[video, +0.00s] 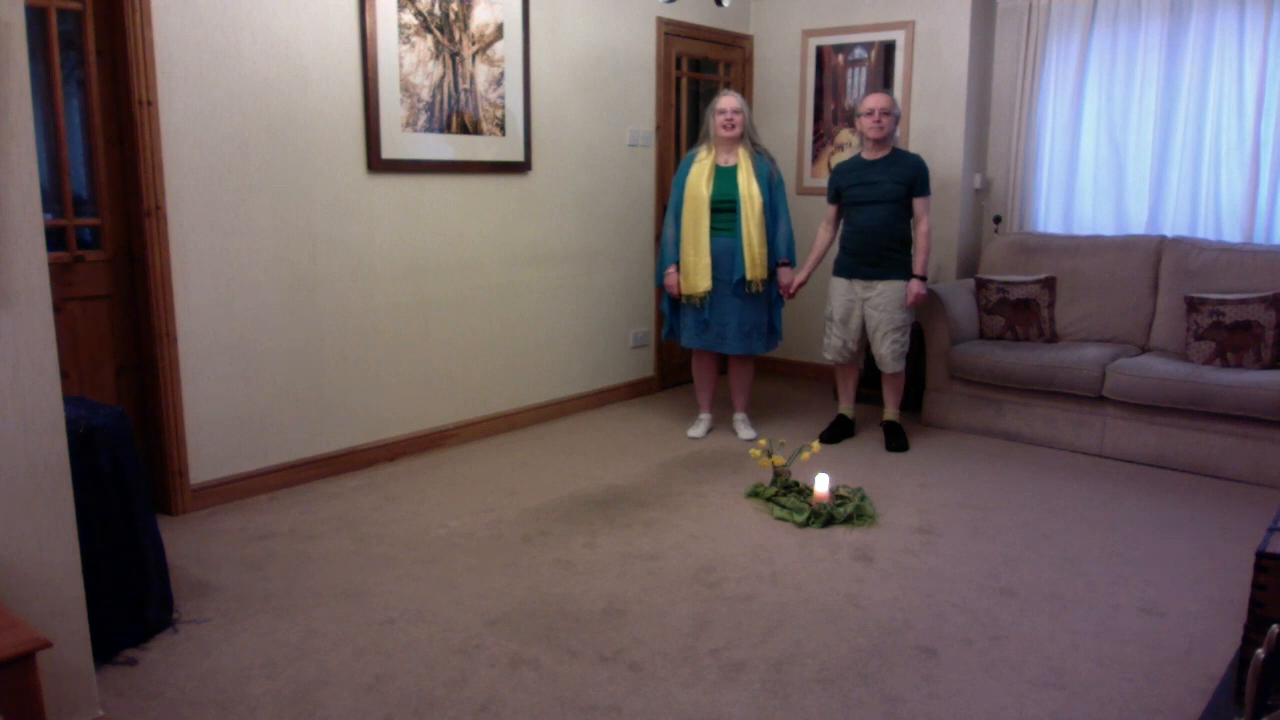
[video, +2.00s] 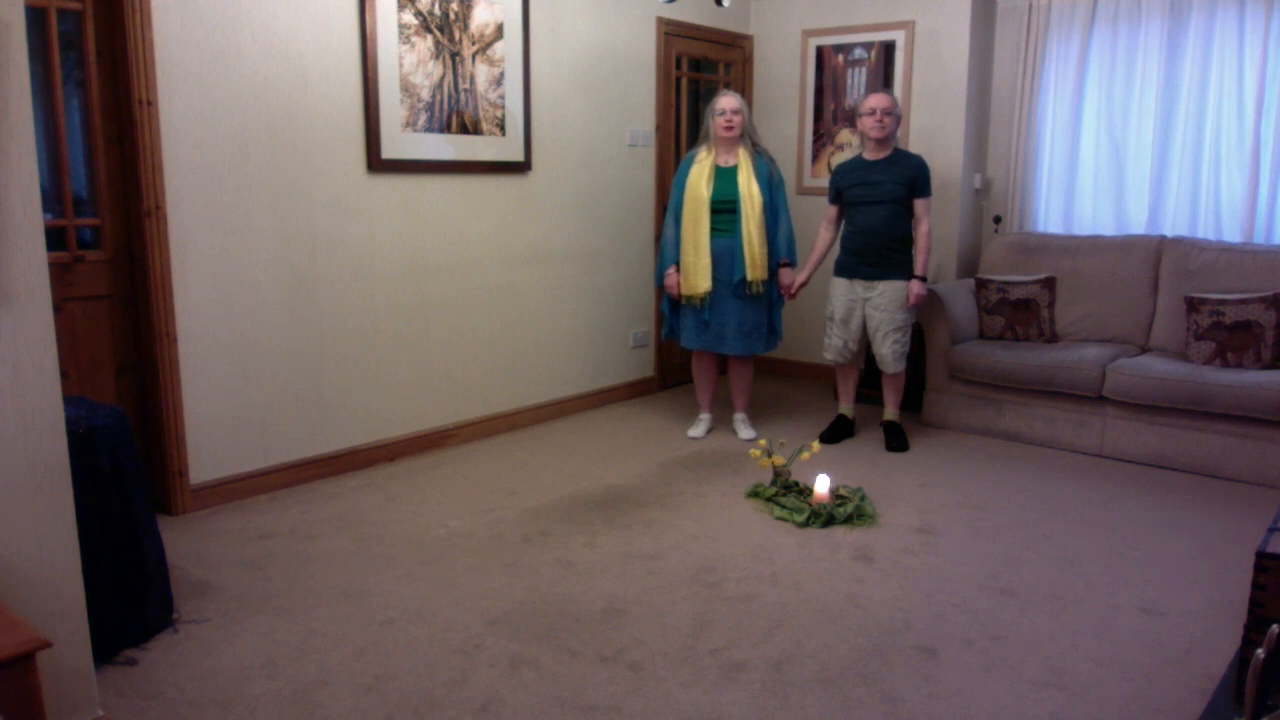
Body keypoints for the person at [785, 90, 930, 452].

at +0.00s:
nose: (877, 119)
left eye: (884, 114)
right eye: (870, 114)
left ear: (896, 121)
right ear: (857, 122)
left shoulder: (912, 166)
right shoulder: (842, 171)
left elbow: (922, 223)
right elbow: (828, 227)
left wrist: (919, 276)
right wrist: (804, 272)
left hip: (892, 279)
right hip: (847, 277)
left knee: (891, 354)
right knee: (843, 349)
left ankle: (892, 420)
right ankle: (845, 415)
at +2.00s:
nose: (879, 119)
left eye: (886, 113)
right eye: (871, 114)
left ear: (898, 121)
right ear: (858, 122)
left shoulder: (913, 167)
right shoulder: (843, 172)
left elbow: (922, 224)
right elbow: (829, 227)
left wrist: (919, 276)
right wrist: (805, 273)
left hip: (893, 279)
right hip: (848, 277)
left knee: (892, 354)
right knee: (844, 349)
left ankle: (892, 420)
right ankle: (845, 415)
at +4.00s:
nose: (880, 119)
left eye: (887, 113)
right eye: (872, 113)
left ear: (899, 121)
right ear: (858, 122)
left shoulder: (913, 167)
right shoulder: (843, 172)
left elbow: (923, 225)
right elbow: (829, 226)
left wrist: (920, 276)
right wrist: (805, 273)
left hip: (894, 279)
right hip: (848, 277)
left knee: (892, 355)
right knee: (844, 349)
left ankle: (892, 420)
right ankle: (845, 415)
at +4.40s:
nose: (881, 119)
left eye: (888, 113)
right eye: (873, 114)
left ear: (899, 121)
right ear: (860, 122)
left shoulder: (914, 167)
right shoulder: (844, 172)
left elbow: (923, 225)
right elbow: (830, 227)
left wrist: (920, 276)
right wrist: (805, 273)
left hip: (894, 278)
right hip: (849, 276)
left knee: (892, 354)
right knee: (844, 349)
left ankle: (892, 420)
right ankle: (845, 415)